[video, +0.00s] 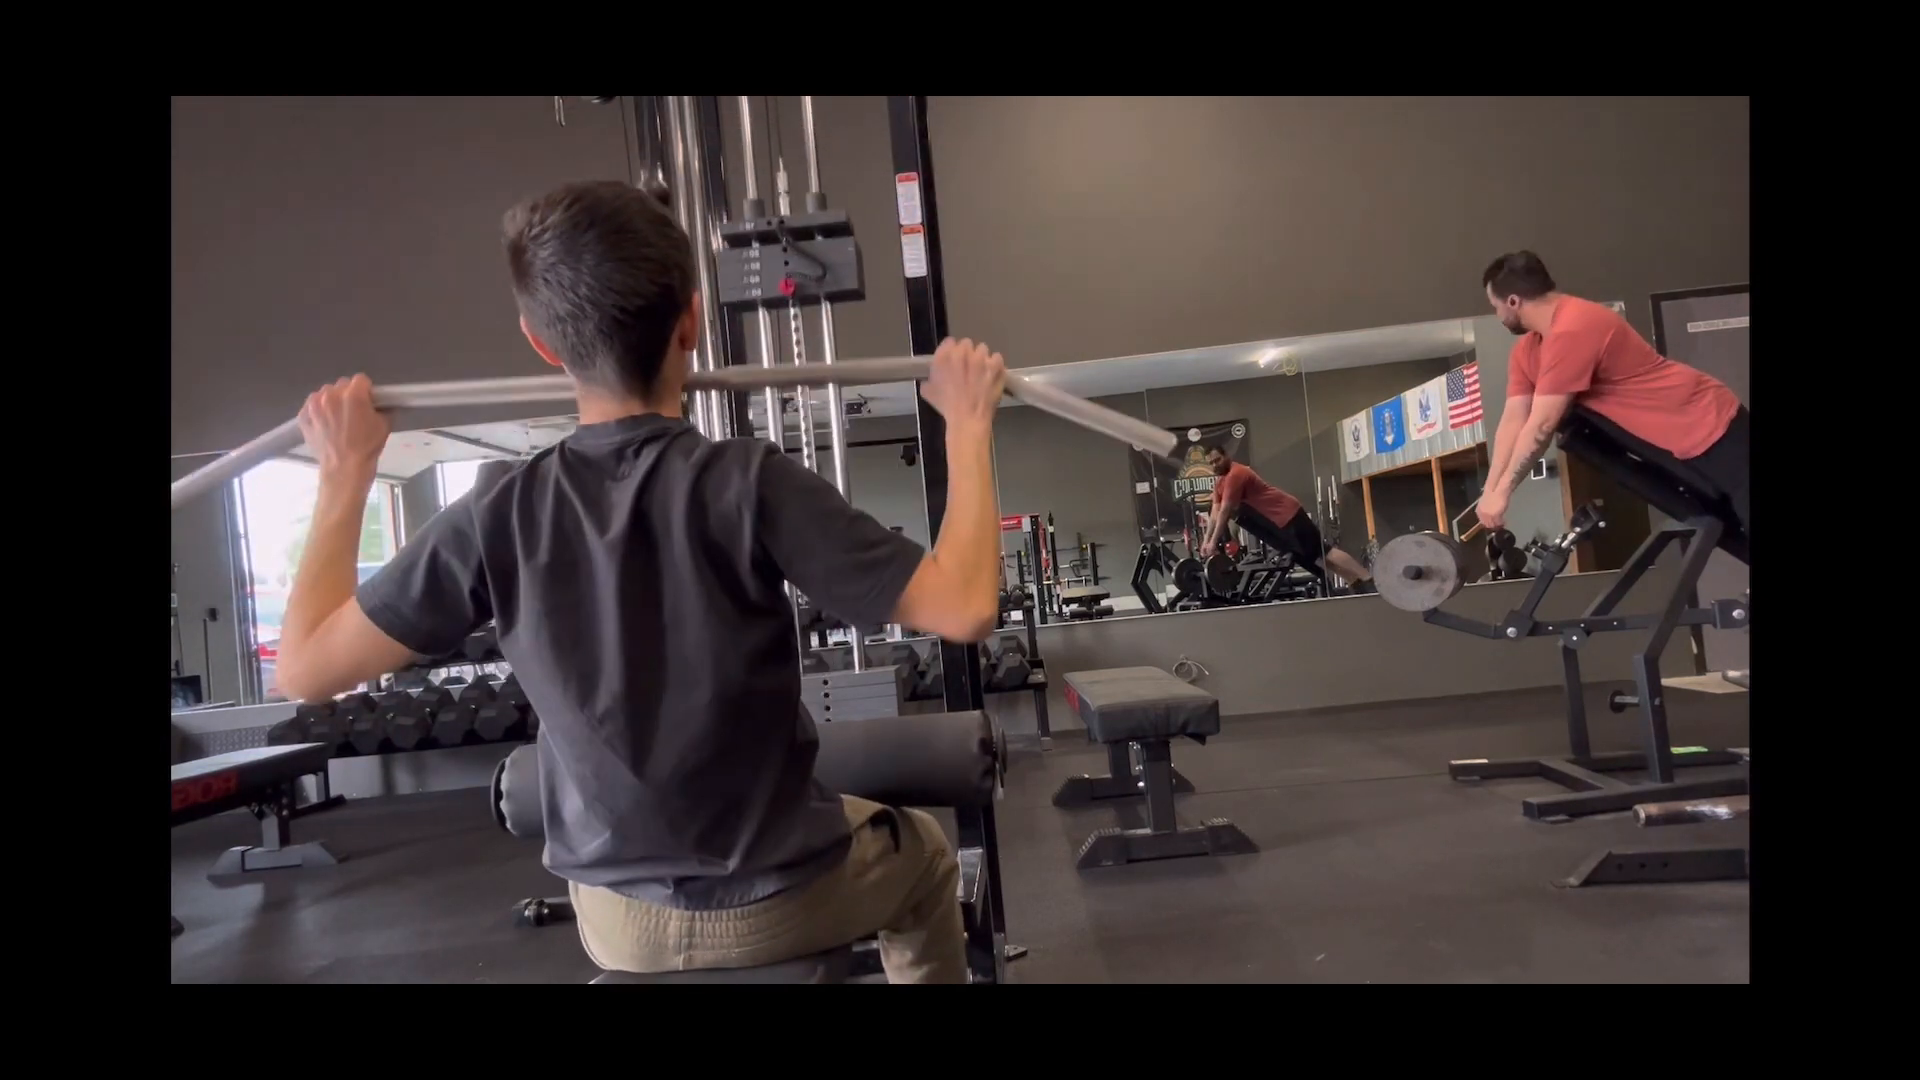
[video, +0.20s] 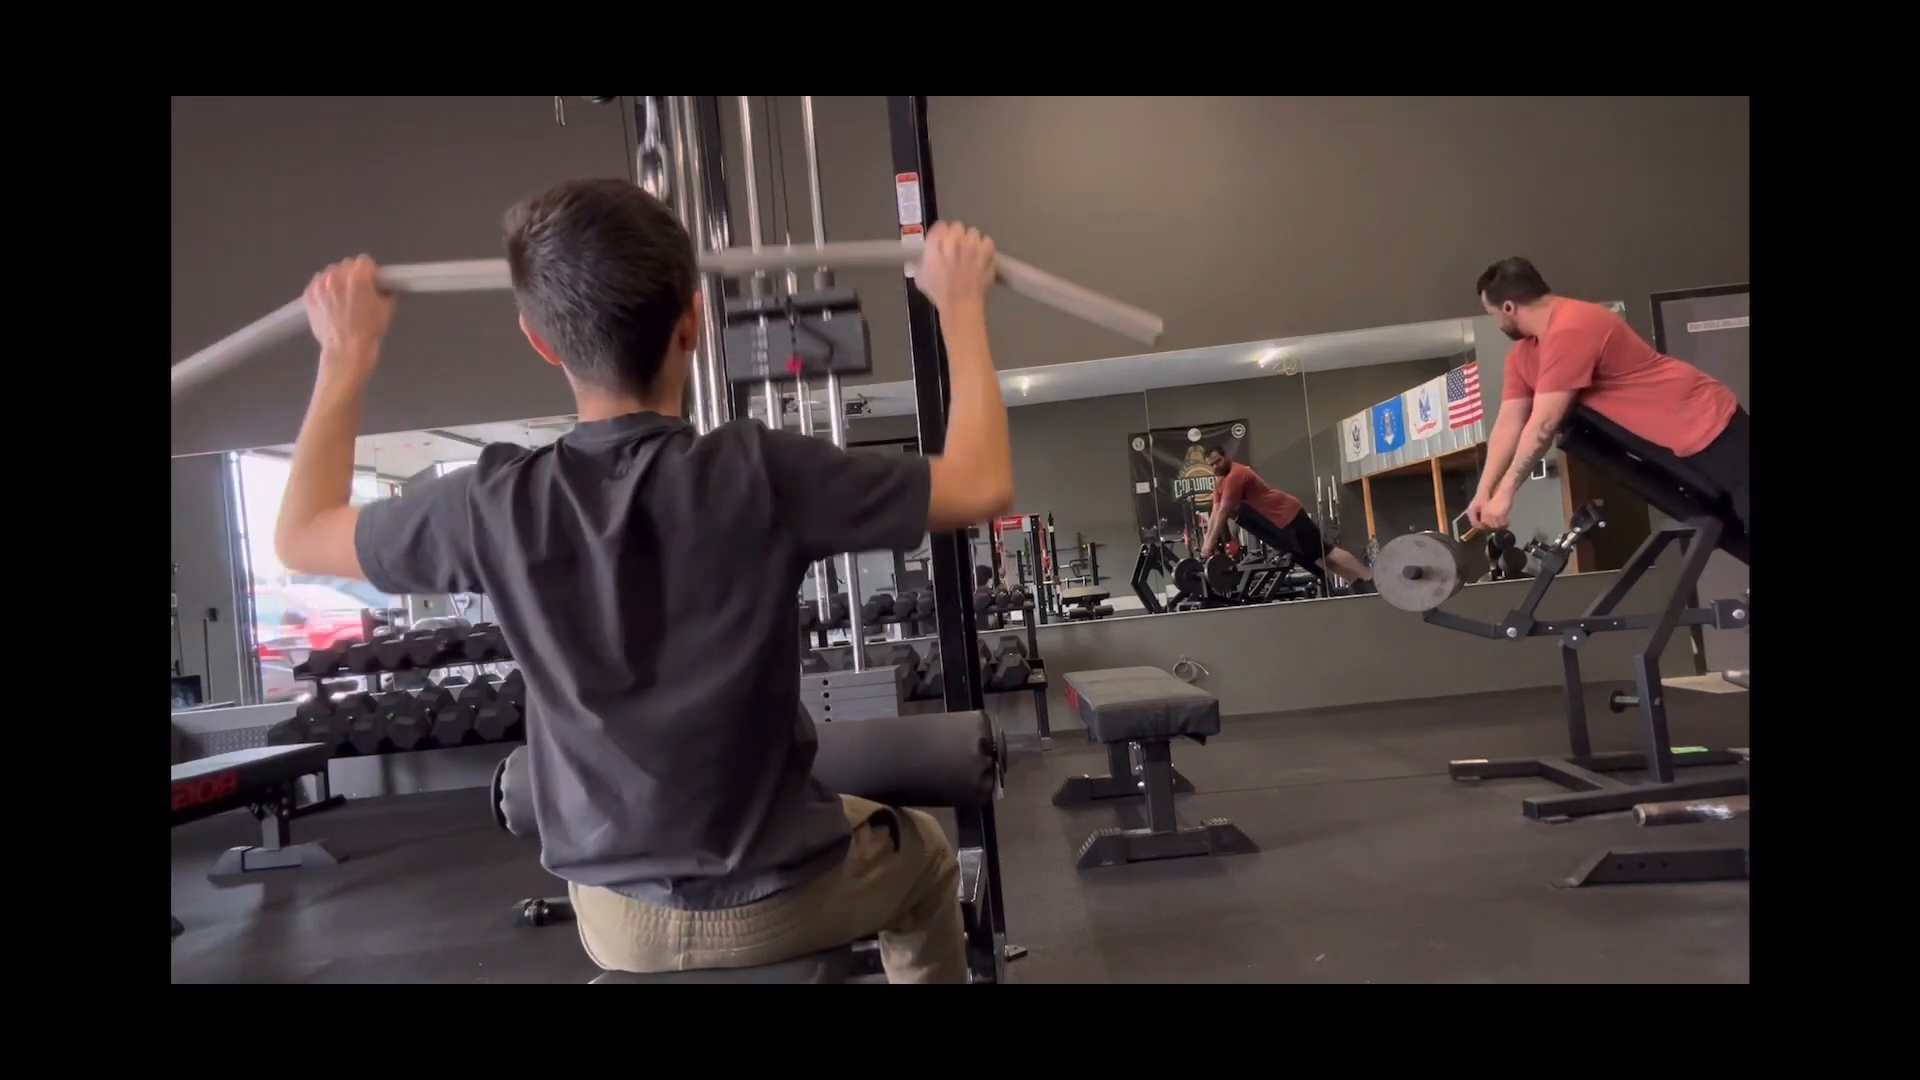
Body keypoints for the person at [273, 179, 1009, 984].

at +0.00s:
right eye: (698, 299)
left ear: (538, 345)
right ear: (691, 321)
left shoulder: (503, 515)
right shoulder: (750, 485)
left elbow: (305, 669)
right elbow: (964, 606)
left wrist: (342, 474)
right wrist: (968, 428)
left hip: (610, 917)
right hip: (777, 906)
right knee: (918, 850)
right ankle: (929, 977)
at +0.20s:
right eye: (698, 302)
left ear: (538, 343)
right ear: (693, 322)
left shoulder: (497, 506)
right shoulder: (759, 475)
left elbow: (304, 535)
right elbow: (982, 485)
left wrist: (342, 360)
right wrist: (963, 307)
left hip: (610, 916)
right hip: (776, 904)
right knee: (922, 852)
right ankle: (926, 977)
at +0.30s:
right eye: (695, 298)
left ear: (534, 340)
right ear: (691, 320)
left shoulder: (496, 494)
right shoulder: (764, 460)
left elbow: (317, 453)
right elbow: (967, 410)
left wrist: (344, 275)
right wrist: (955, 229)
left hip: (610, 914)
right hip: (777, 905)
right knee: (925, 858)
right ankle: (923, 976)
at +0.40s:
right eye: (696, 293)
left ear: (535, 336)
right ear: (693, 316)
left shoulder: (503, 477)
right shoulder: (761, 445)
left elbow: (335, 378)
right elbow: (944, 345)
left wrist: (342, 199)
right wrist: (945, 160)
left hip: (612, 912)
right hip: (778, 904)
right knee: (920, 860)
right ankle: (931, 981)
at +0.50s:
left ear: (542, 330)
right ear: (696, 317)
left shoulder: (511, 463)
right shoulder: (762, 433)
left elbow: (359, 320)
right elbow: (918, 291)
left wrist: (340, 137)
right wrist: (936, 101)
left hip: (614, 910)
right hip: (780, 897)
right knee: (919, 854)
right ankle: (929, 978)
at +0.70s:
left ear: (569, 326)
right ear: (713, 314)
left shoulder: (534, 441)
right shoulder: (766, 418)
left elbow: (401, 254)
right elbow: (881, 226)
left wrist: (348, 99)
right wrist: (920, 83)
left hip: (614, 904)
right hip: (780, 898)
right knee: (921, 855)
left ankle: (631, 965)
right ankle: (930, 974)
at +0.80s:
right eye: (730, 292)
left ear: (580, 326)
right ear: (720, 315)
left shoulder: (543, 432)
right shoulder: (770, 411)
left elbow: (423, 245)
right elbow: (873, 219)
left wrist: (362, 95)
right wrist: (913, 82)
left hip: (622, 903)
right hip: (785, 897)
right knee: (920, 854)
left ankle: (633, 966)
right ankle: (933, 977)